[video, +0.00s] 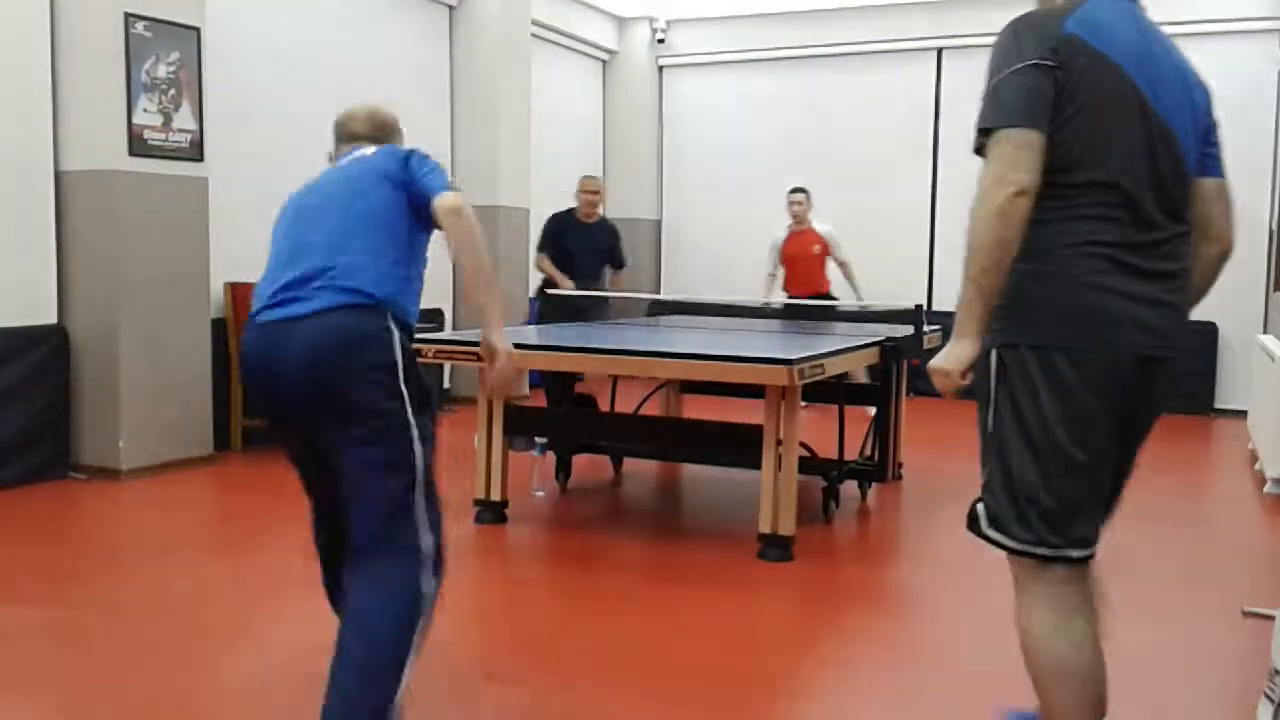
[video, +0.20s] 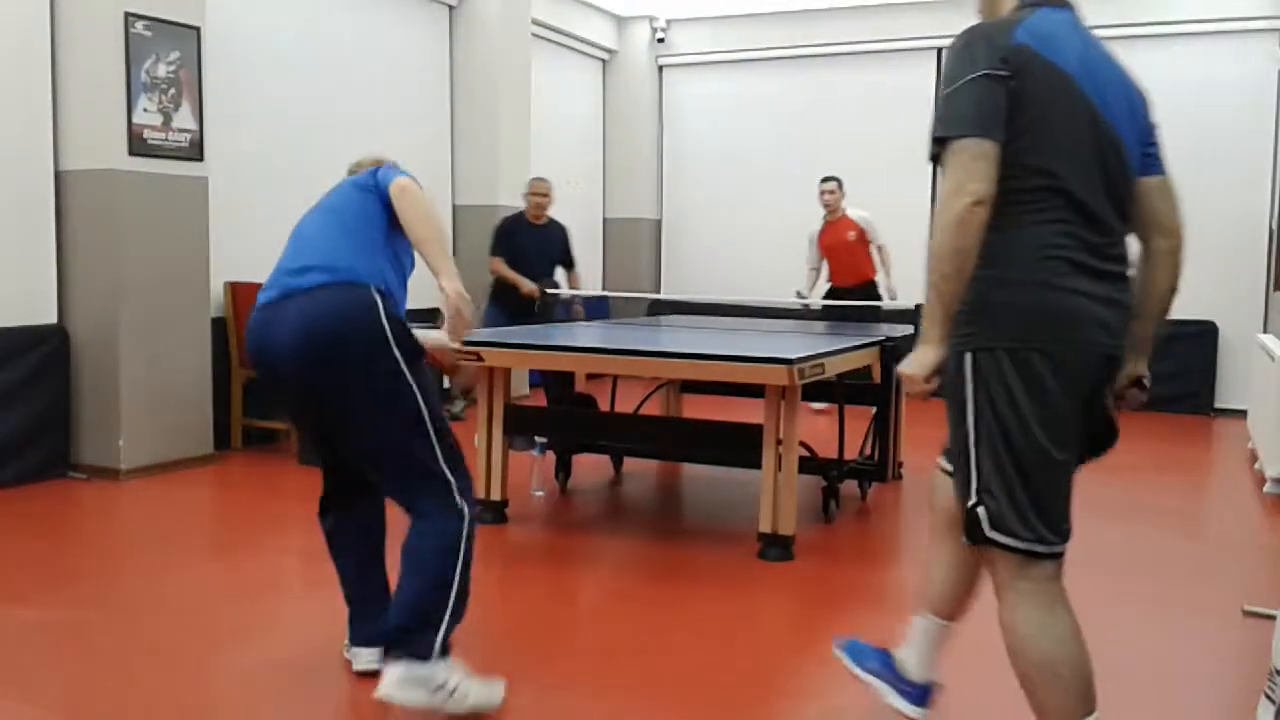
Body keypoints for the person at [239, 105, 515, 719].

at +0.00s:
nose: (402, 151)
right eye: (401, 143)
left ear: (336, 150)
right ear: (394, 143)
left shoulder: (303, 195)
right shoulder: (403, 159)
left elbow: (280, 284)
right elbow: (454, 212)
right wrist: (495, 333)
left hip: (270, 345)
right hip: (356, 339)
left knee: (333, 505)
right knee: (401, 541)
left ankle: (369, 634)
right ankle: (357, 707)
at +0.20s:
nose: (404, 186)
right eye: (400, 181)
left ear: (350, 178)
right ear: (386, 172)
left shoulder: (323, 214)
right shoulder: (383, 174)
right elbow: (404, 193)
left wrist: (424, 347)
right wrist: (449, 281)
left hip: (273, 329)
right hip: (350, 317)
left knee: (349, 483)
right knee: (446, 497)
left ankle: (369, 636)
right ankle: (418, 661)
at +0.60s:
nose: (383, 136)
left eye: (380, 129)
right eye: (381, 129)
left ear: (330, 129)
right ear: (372, 128)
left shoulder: (287, 179)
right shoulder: (381, 158)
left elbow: (255, 262)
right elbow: (403, 200)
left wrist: (298, 296)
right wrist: (418, 291)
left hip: (289, 314)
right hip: (364, 305)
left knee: (301, 439)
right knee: (401, 445)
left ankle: (305, 548)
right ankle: (402, 587)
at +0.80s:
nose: (315, 122)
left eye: (312, 115)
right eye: (313, 115)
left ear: (263, 119)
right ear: (304, 117)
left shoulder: (224, 169)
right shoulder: (328, 159)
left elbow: (193, 250)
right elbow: (370, 210)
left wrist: (231, 287)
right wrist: (376, 288)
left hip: (255, 309)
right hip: (326, 302)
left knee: (263, 427)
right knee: (360, 421)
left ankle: (278, 540)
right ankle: (393, 531)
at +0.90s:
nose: (291, 122)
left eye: (289, 115)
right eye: (290, 115)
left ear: (240, 117)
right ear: (280, 116)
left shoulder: (207, 165)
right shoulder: (303, 158)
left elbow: (186, 244)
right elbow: (341, 215)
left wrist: (228, 268)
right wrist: (347, 291)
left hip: (229, 304)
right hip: (296, 298)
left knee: (245, 422)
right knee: (335, 408)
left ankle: (278, 539)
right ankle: (357, 520)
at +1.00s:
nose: (282, 119)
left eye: (281, 112)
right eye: (280, 112)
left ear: (235, 108)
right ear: (269, 110)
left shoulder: (194, 151)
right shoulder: (281, 151)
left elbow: (175, 220)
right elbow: (305, 209)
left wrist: (213, 248)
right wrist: (319, 279)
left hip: (203, 288)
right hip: (264, 284)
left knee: (232, 402)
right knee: (297, 395)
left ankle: (271, 517)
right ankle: (302, 504)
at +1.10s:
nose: (269, 122)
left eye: (269, 114)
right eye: (267, 114)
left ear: (222, 109)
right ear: (255, 112)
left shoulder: (181, 149)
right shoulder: (259, 152)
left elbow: (162, 220)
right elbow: (281, 212)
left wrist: (219, 231)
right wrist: (309, 273)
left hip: (179, 285)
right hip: (236, 286)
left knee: (209, 388)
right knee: (251, 385)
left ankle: (233, 476)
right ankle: (251, 492)